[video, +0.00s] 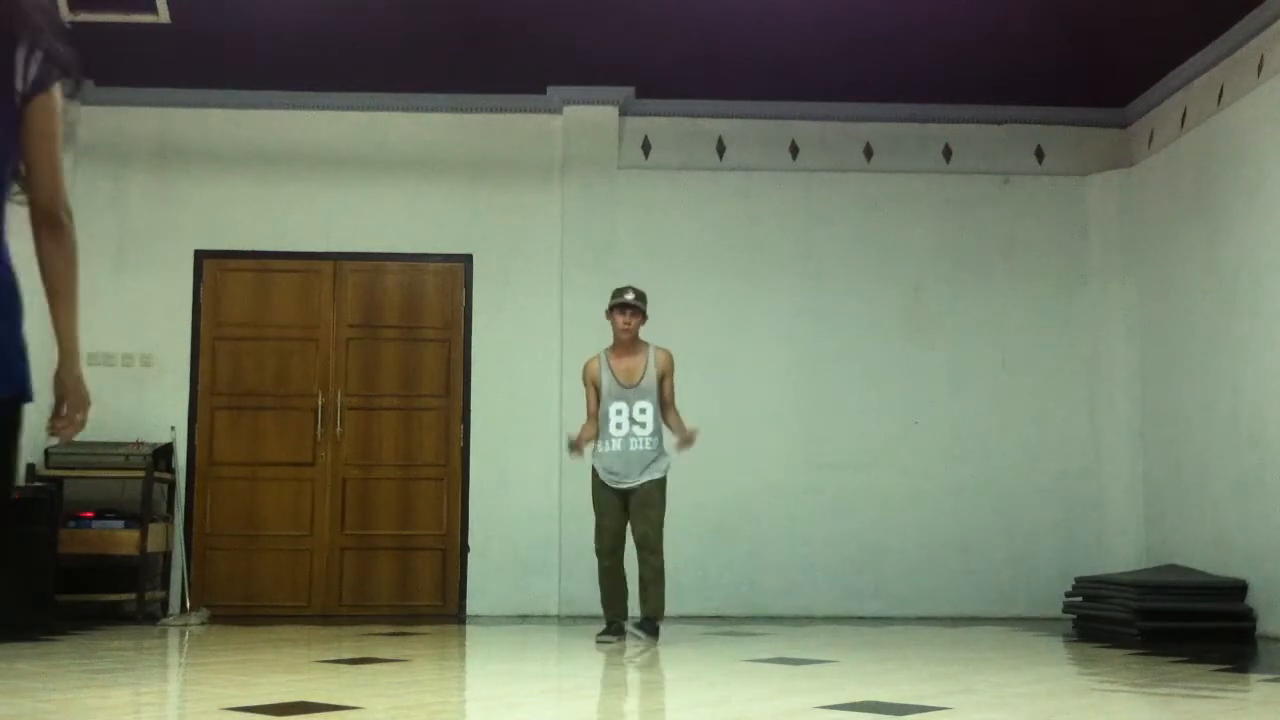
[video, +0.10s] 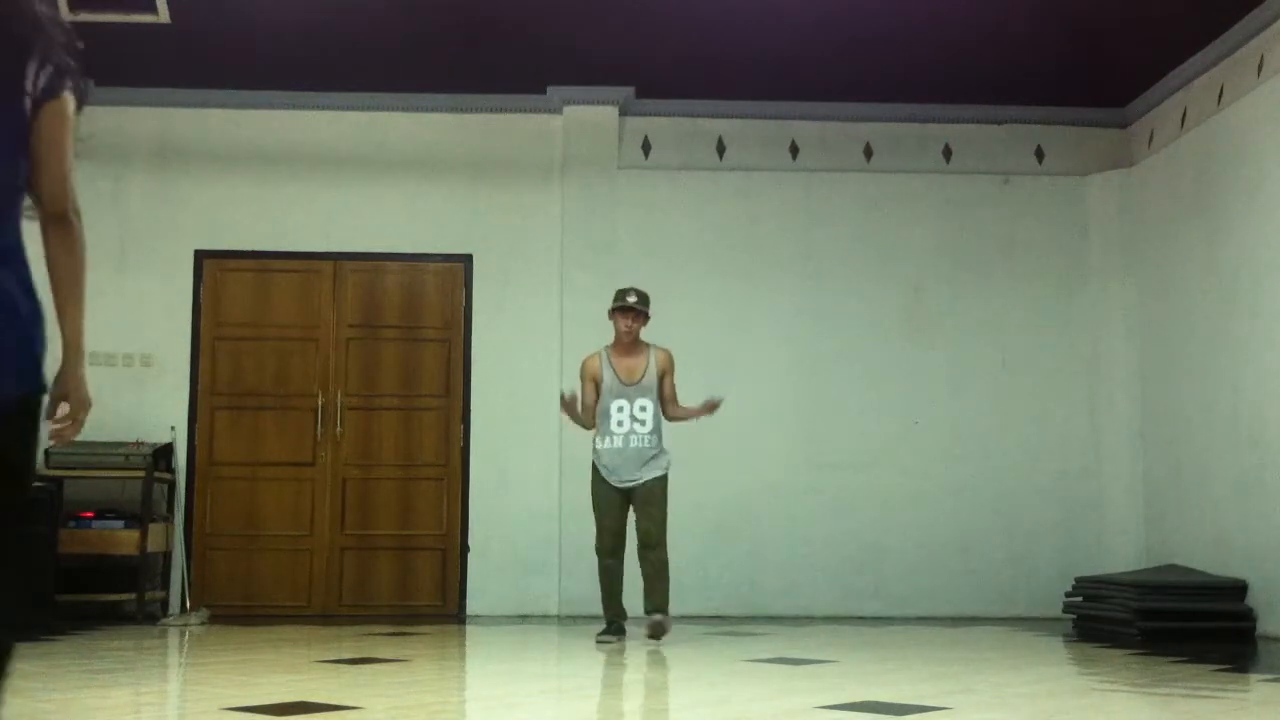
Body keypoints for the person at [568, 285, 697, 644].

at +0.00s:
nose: (626, 317)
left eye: (634, 312)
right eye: (620, 311)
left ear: (643, 318)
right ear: (610, 316)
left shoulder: (660, 359)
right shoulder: (594, 367)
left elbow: (668, 407)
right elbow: (592, 419)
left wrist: (681, 431)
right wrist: (582, 438)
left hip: (648, 472)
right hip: (607, 473)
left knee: (648, 546)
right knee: (608, 550)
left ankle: (650, 621)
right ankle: (614, 622)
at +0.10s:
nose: (628, 320)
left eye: (635, 315)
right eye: (622, 313)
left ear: (645, 320)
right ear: (612, 317)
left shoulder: (661, 359)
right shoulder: (594, 364)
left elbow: (670, 409)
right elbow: (589, 421)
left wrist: (697, 411)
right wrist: (573, 412)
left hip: (650, 470)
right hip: (607, 472)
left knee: (652, 544)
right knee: (608, 549)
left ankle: (657, 616)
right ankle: (613, 623)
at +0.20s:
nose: (636, 325)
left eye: (643, 320)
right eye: (630, 318)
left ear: (651, 325)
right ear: (618, 319)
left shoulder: (660, 366)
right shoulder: (595, 365)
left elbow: (676, 416)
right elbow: (580, 419)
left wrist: (707, 394)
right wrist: (567, 392)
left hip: (653, 472)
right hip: (609, 473)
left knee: (663, 540)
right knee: (609, 549)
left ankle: (676, 615)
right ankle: (614, 624)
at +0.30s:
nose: (642, 327)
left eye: (650, 322)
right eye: (637, 319)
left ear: (656, 327)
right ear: (624, 319)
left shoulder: (662, 366)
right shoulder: (598, 364)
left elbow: (677, 415)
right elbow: (580, 413)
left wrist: (710, 385)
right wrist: (568, 378)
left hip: (657, 473)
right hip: (612, 473)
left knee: (678, 538)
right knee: (611, 549)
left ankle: (695, 612)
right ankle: (614, 624)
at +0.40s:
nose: (646, 326)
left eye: (653, 321)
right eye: (640, 318)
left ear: (659, 326)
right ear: (627, 320)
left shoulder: (667, 367)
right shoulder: (604, 364)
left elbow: (682, 416)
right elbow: (586, 411)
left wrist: (712, 382)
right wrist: (573, 372)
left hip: (662, 474)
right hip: (617, 475)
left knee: (690, 541)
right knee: (614, 549)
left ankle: (707, 613)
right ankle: (615, 623)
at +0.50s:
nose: (650, 331)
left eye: (655, 324)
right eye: (642, 325)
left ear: (663, 329)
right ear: (631, 329)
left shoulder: (676, 373)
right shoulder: (612, 369)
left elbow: (691, 420)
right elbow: (594, 413)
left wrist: (717, 385)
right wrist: (578, 371)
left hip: (667, 480)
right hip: (622, 478)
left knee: (695, 545)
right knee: (616, 549)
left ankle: (710, 617)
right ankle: (615, 622)